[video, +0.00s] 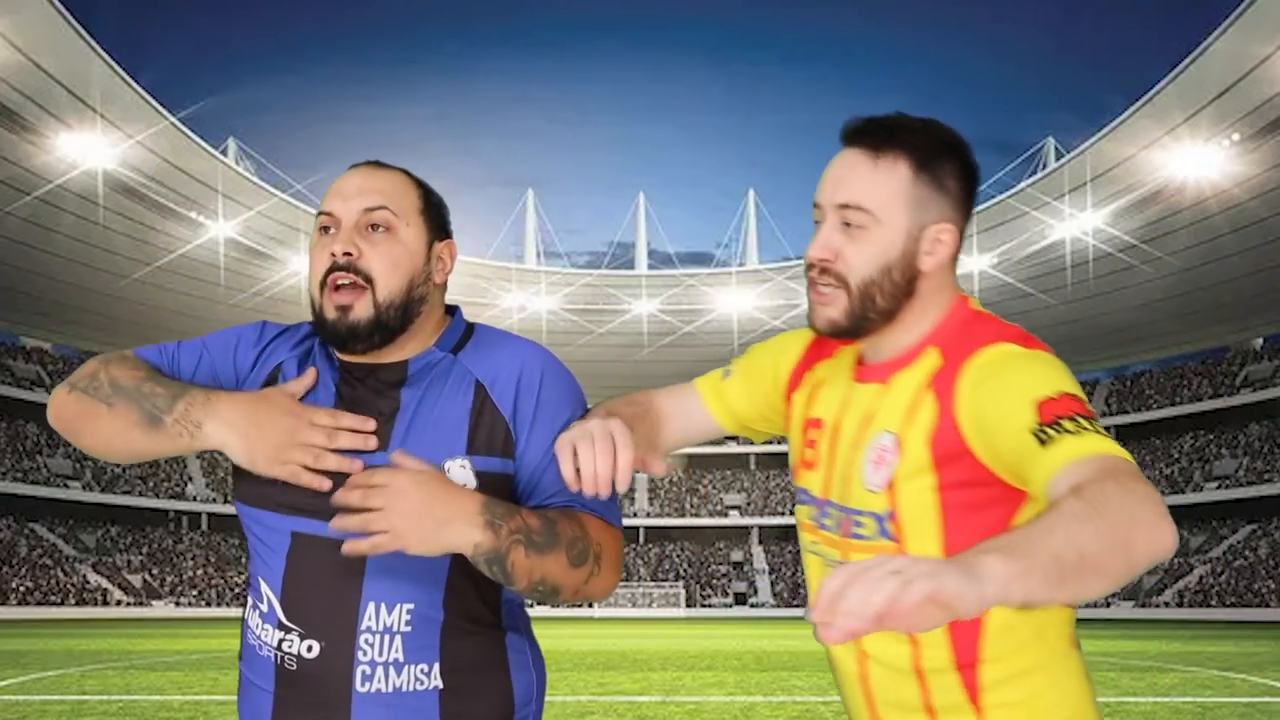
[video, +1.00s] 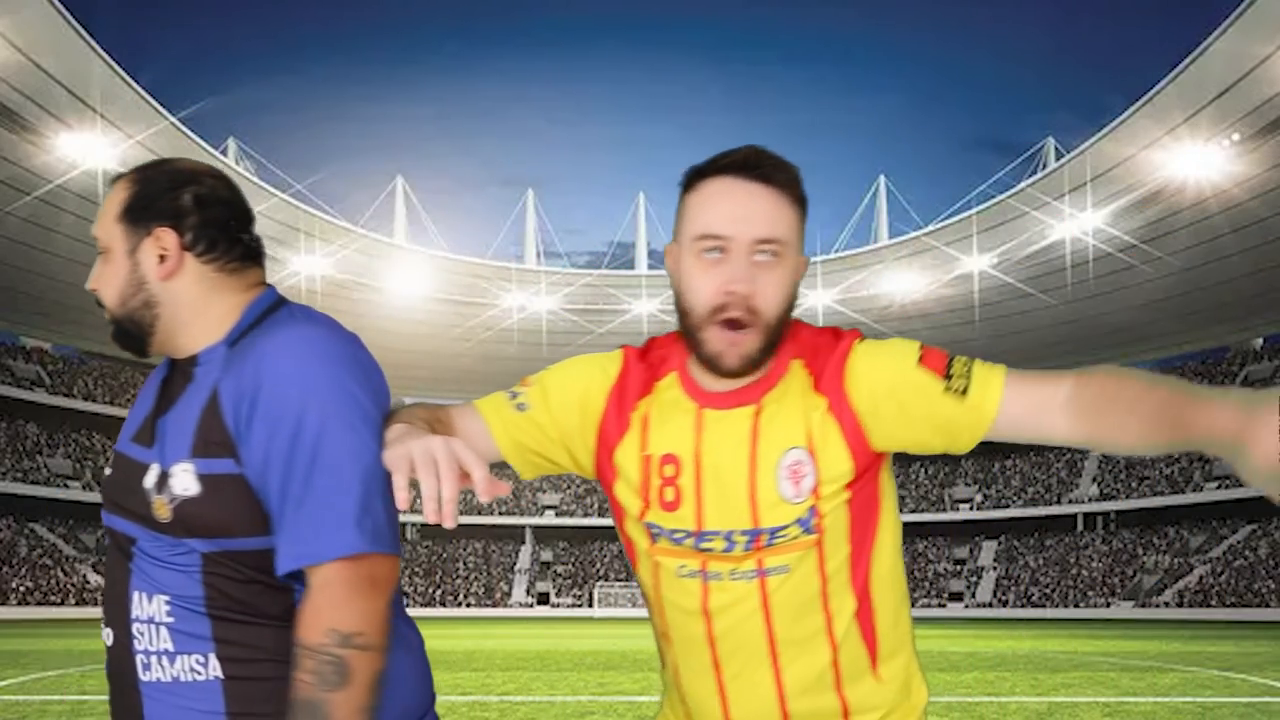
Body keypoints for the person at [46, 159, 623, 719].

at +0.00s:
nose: (339, 248)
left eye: (375, 228)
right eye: (327, 228)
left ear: (440, 261)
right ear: (311, 254)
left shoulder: (518, 378)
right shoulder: (259, 358)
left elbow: (595, 565)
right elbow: (75, 403)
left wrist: (471, 519)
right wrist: (222, 421)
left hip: (465, 705)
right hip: (283, 702)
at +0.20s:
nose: (333, 230)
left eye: (371, 211)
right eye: (321, 211)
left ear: (437, 244)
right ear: (306, 230)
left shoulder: (503, 357)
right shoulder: (272, 314)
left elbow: (575, 553)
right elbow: (140, 248)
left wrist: (431, 480)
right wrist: (130, 174)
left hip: (459, 701)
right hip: (281, 700)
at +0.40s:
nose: (314, 252)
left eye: (351, 224)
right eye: (314, 229)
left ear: (439, 243)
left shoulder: (523, 370)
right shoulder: (304, 321)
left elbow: (590, 573)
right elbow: (195, 259)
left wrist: (403, 529)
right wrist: (166, 183)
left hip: (464, 708)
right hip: (290, 705)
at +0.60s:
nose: (292, 254)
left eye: (324, 226)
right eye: (300, 228)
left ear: (412, 243)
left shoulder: (536, 389)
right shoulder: (283, 355)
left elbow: (593, 589)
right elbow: (174, 382)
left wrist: (434, 686)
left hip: (436, 713)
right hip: (263, 703)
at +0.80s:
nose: (197, 267)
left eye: (217, 240)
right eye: (207, 241)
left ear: (289, 249)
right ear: (288, 252)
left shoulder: (417, 381)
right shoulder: (223, 382)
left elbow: (483, 588)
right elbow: (149, 520)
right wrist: (76, 575)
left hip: (344, 708)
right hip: (191, 708)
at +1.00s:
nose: (92, 283)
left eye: (104, 253)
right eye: (96, 255)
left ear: (164, 252)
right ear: (161, 255)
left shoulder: (303, 359)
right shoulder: (166, 382)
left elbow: (354, 580)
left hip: (278, 704)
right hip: (165, 700)